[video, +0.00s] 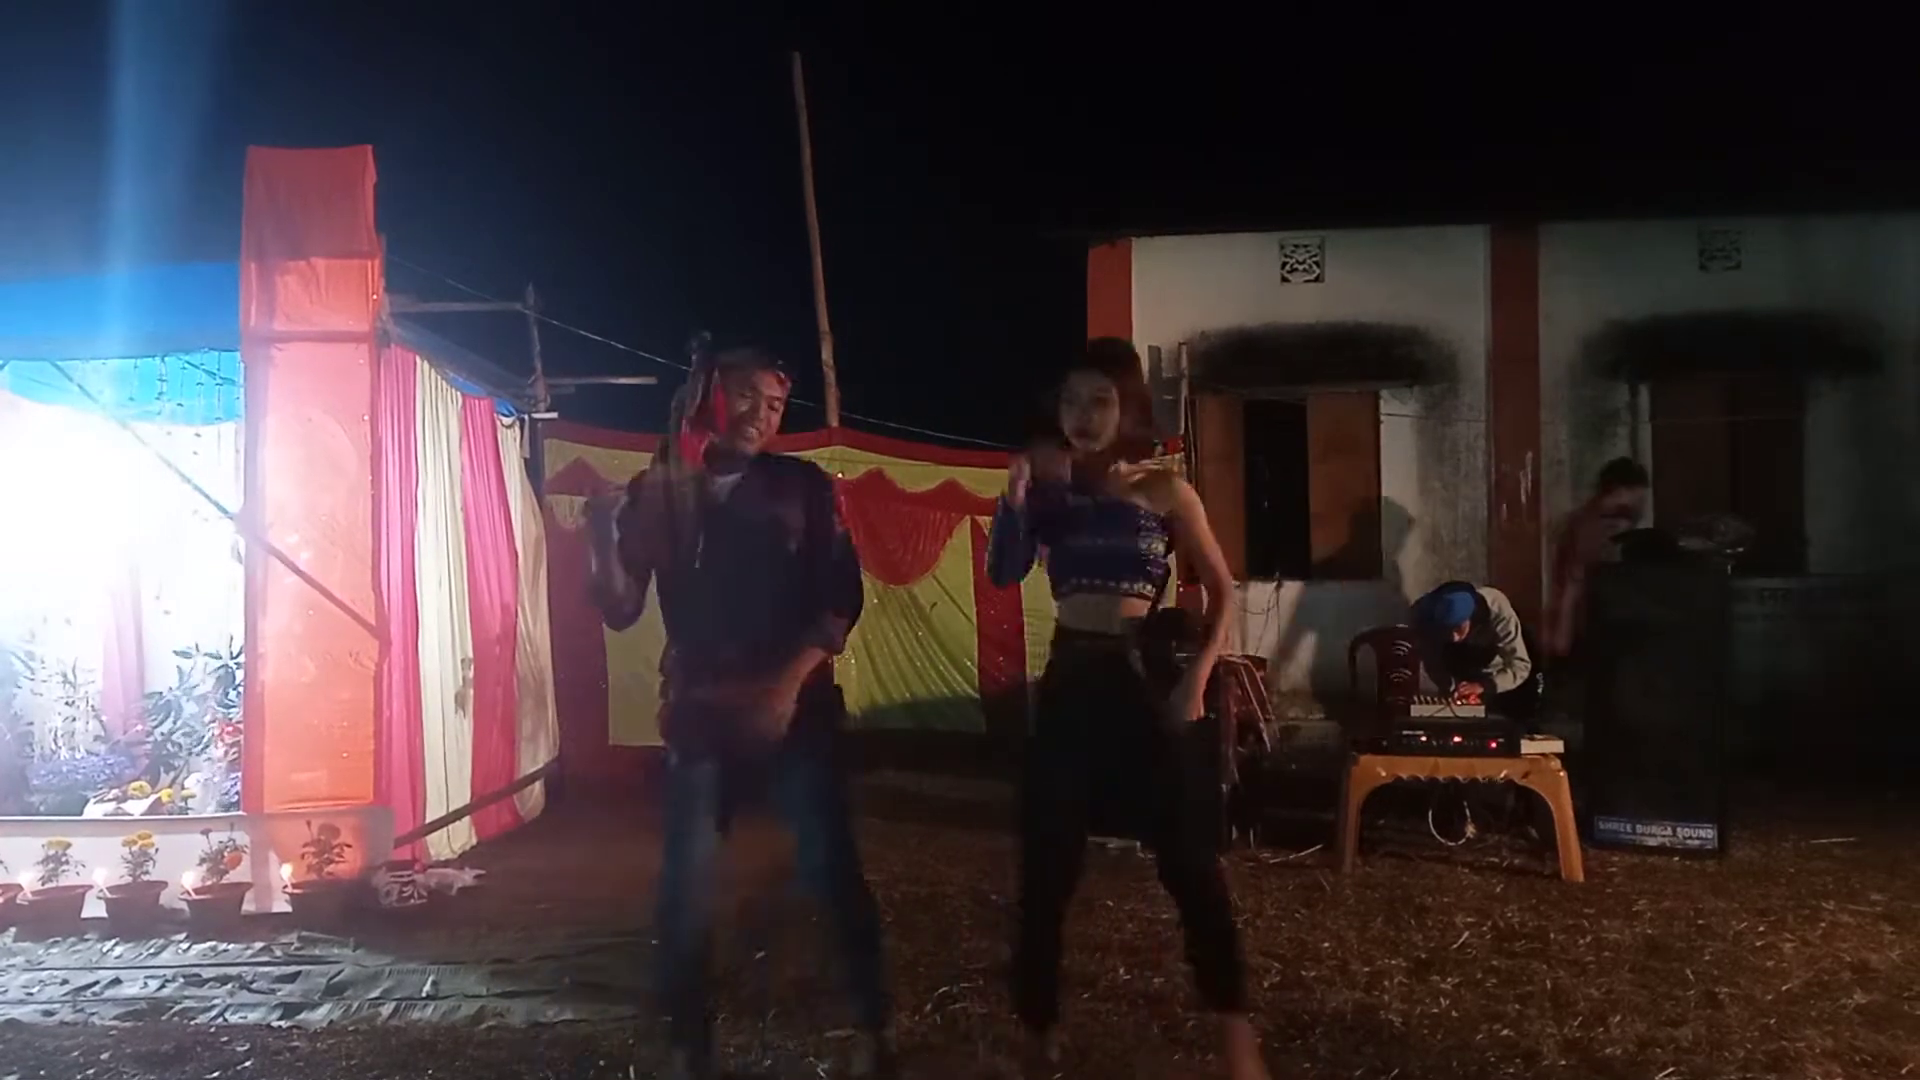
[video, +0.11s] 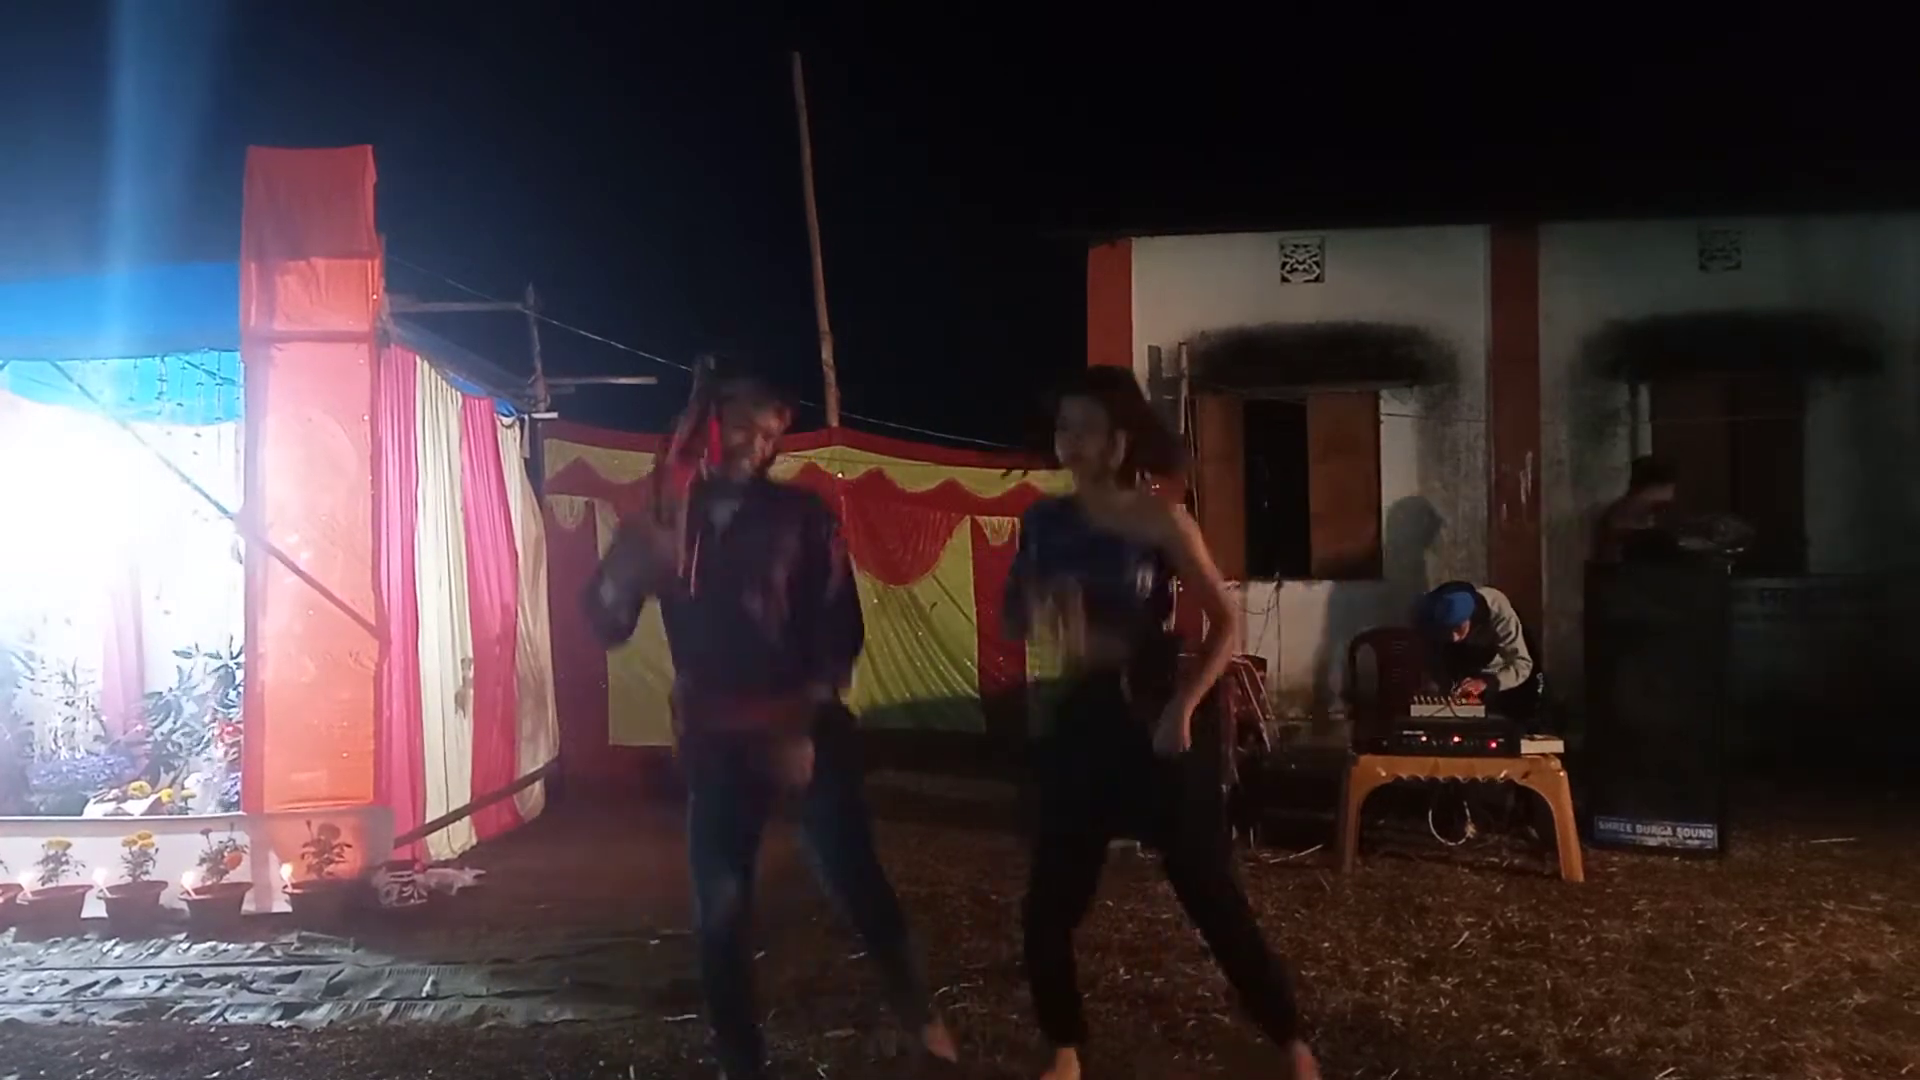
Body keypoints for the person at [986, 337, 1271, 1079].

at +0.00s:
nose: (1084, 414)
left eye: (1101, 401)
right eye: (1074, 400)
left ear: (1128, 409)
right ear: (1058, 405)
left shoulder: (1165, 490)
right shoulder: (1049, 484)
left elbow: (1223, 590)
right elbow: (1006, 571)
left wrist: (1198, 681)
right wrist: (1017, 487)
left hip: (1154, 684)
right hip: (1071, 682)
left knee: (1189, 862)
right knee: (1047, 861)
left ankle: (1239, 1037)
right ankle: (1037, 1037)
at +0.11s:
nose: (1068, 445)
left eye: (1084, 431)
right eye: (1063, 430)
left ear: (1122, 439)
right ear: (1057, 437)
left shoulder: (1162, 518)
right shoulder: (1048, 520)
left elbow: (1228, 622)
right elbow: (1011, 623)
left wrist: (1183, 707)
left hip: (1162, 721)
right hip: (1082, 723)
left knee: (1210, 898)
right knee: (1047, 906)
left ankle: (1296, 1048)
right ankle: (1063, 1054)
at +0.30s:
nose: (1060, 467)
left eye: (1078, 457)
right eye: (1058, 453)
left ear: (1112, 470)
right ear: (1053, 461)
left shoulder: (1151, 541)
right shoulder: (1057, 558)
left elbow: (1228, 638)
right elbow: (1015, 650)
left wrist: (1179, 729)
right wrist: (998, 681)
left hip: (1181, 731)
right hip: (1107, 737)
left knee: (1221, 913)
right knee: (1062, 915)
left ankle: (1306, 1061)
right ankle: (1058, 1057)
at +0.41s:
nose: (1064, 437)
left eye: (1081, 425)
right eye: (1059, 422)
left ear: (1120, 433)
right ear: (1054, 428)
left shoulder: (1150, 509)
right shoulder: (1057, 522)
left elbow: (1227, 597)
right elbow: (975, 583)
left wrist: (1189, 692)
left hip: (1195, 700)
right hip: (1124, 707)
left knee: (1242, 885)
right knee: (1086, 881)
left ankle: (1311, 1052)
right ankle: (1064, 1050)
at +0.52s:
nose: (1074, 441)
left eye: (1090, 429)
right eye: (1070, 427)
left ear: (1128, 435)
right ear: (1064, 432)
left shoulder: (1164, 515)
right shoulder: (1062, 528)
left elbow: (1237, 615)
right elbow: (1001, 610)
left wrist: (1197, 712)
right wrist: (935, 576)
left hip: (1195, 708)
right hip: (1121, 713)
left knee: (1238, 894)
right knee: (1080, 890)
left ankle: (1309, 1056)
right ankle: (1055, 1046)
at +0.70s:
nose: (1157, 458)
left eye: (1163, 446)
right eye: (1143, 445)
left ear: (1168, 458)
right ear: (1105, 454)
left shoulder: (1183, 539)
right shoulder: (1073, 542)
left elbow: (1204, 647)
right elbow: (1081, 652)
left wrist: (1192, 708)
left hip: (1173, 743)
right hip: (1095, 742)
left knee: (1205, 906)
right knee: (1056, 906)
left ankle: (1295, 1051)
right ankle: (1048, 1056)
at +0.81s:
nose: (1172, 421)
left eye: (1173, 408)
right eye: (1160, 406)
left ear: (1170, 416)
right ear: (1121, 410)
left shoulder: (1174, 501)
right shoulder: (1075, 499)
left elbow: (1191, 600)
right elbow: (1082, 607)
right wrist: (1168, 565)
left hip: (1152, 689)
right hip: (1074, 691)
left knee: (1189, 871)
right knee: (1049, 871)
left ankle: (1221, 1043)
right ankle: (1027, 1045)